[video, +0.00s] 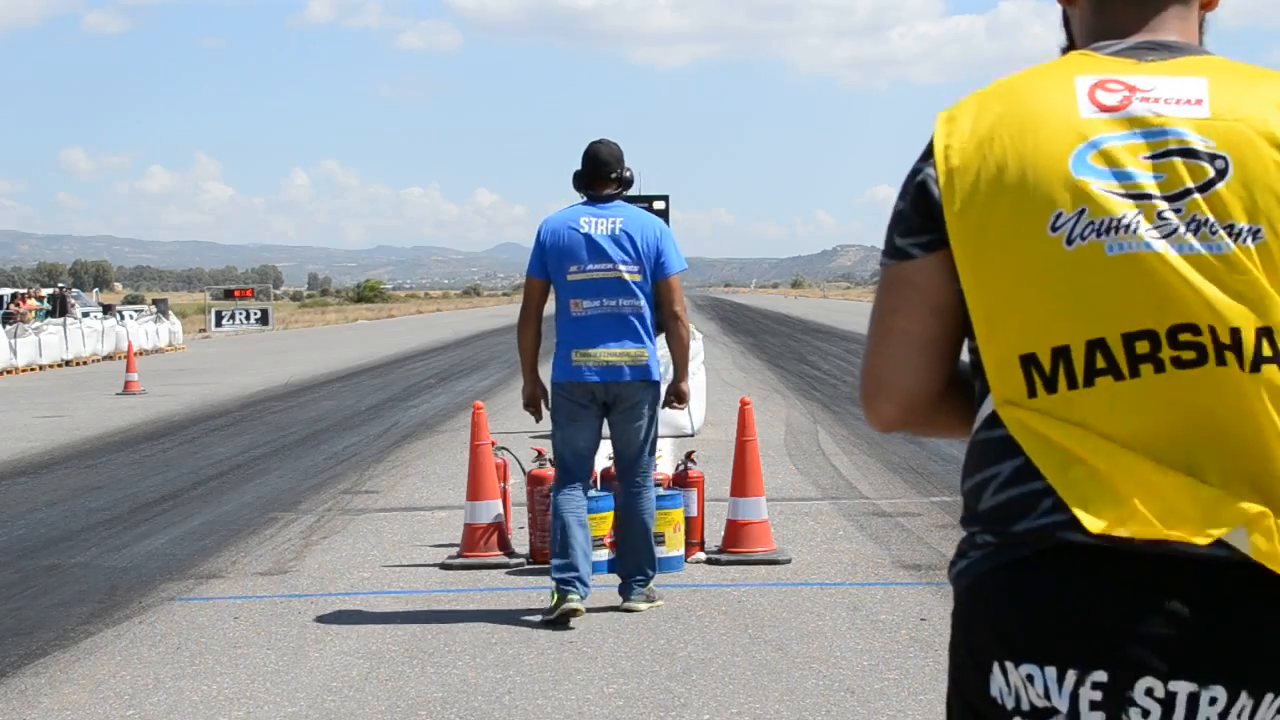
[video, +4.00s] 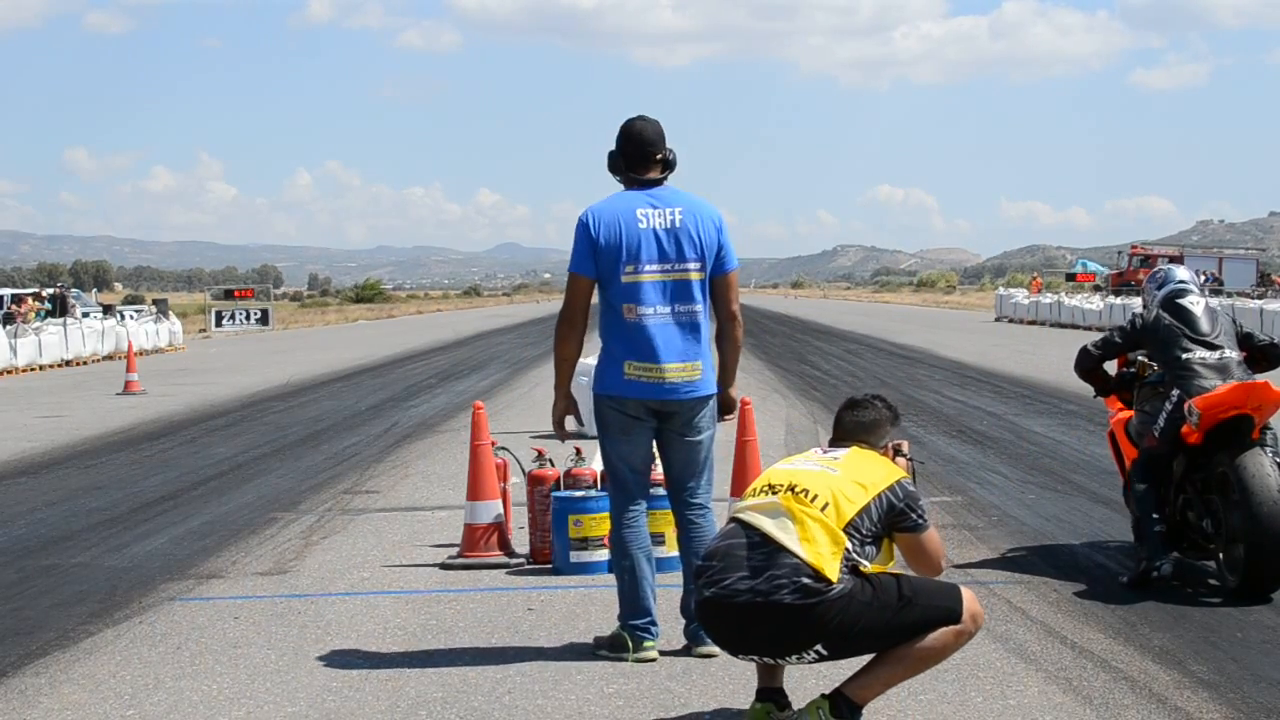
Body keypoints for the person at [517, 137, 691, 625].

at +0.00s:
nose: (607, 182)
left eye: (588, 176)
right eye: (621, 176)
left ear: (580, 181)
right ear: (625, 180)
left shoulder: (553, 229)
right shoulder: (653, 229)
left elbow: (530, 313)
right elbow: (674, 312)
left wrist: (530, 376)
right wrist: (682, 375)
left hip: (575, 372)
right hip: (636, 371)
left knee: (571, 480)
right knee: (636, 477)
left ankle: (570, 588)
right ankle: (637, 586)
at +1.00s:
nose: (556, 183)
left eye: (559, 175)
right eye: (556, 175)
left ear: (576, 176)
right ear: (612, 177)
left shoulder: (562, 227)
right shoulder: (661, 224)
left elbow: (540, 316)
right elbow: (681, 313)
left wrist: (524, 381)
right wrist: (666, 370)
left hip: (584, 382)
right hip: (651, 378)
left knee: (574, 491)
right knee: (645, 492)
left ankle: (569, 604)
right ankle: (648, 614)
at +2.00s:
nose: (573, 173)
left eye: (576, 163)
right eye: (573, 163)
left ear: (592, 165)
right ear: (630, 165)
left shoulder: (582, 218)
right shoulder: (674, 214)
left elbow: (563, 316)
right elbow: (698, 300)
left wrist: (545, 384)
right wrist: (679, 362)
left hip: (607, 381)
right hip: (671, 379)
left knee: (622, 501)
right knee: (660, 493)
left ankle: (639, 631)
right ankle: (653, 609)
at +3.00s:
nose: (603, 167)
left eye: (610, 158)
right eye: (603, 157)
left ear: (640, 160)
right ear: (656, 162)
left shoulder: (625, 215)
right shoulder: (708, 214)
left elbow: (610, 314)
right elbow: (724, 307)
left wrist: (588, 391)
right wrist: (700, 359)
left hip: (636, 383)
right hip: (697, 381)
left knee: (634, 507)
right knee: (698, 503)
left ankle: (639, 630)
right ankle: (706, 627)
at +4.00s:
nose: (617, 165)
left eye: (617, 158)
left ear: (617, 164)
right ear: (668, 162)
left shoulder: (598, 220)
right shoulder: (707, 217)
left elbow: (574, 314)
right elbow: (730, 313)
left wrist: (563, 388)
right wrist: (727, 382)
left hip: (623, 386)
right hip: (692, 384)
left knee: (629, 505)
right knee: (695, 504)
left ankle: (639, 631)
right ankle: (704, 629)